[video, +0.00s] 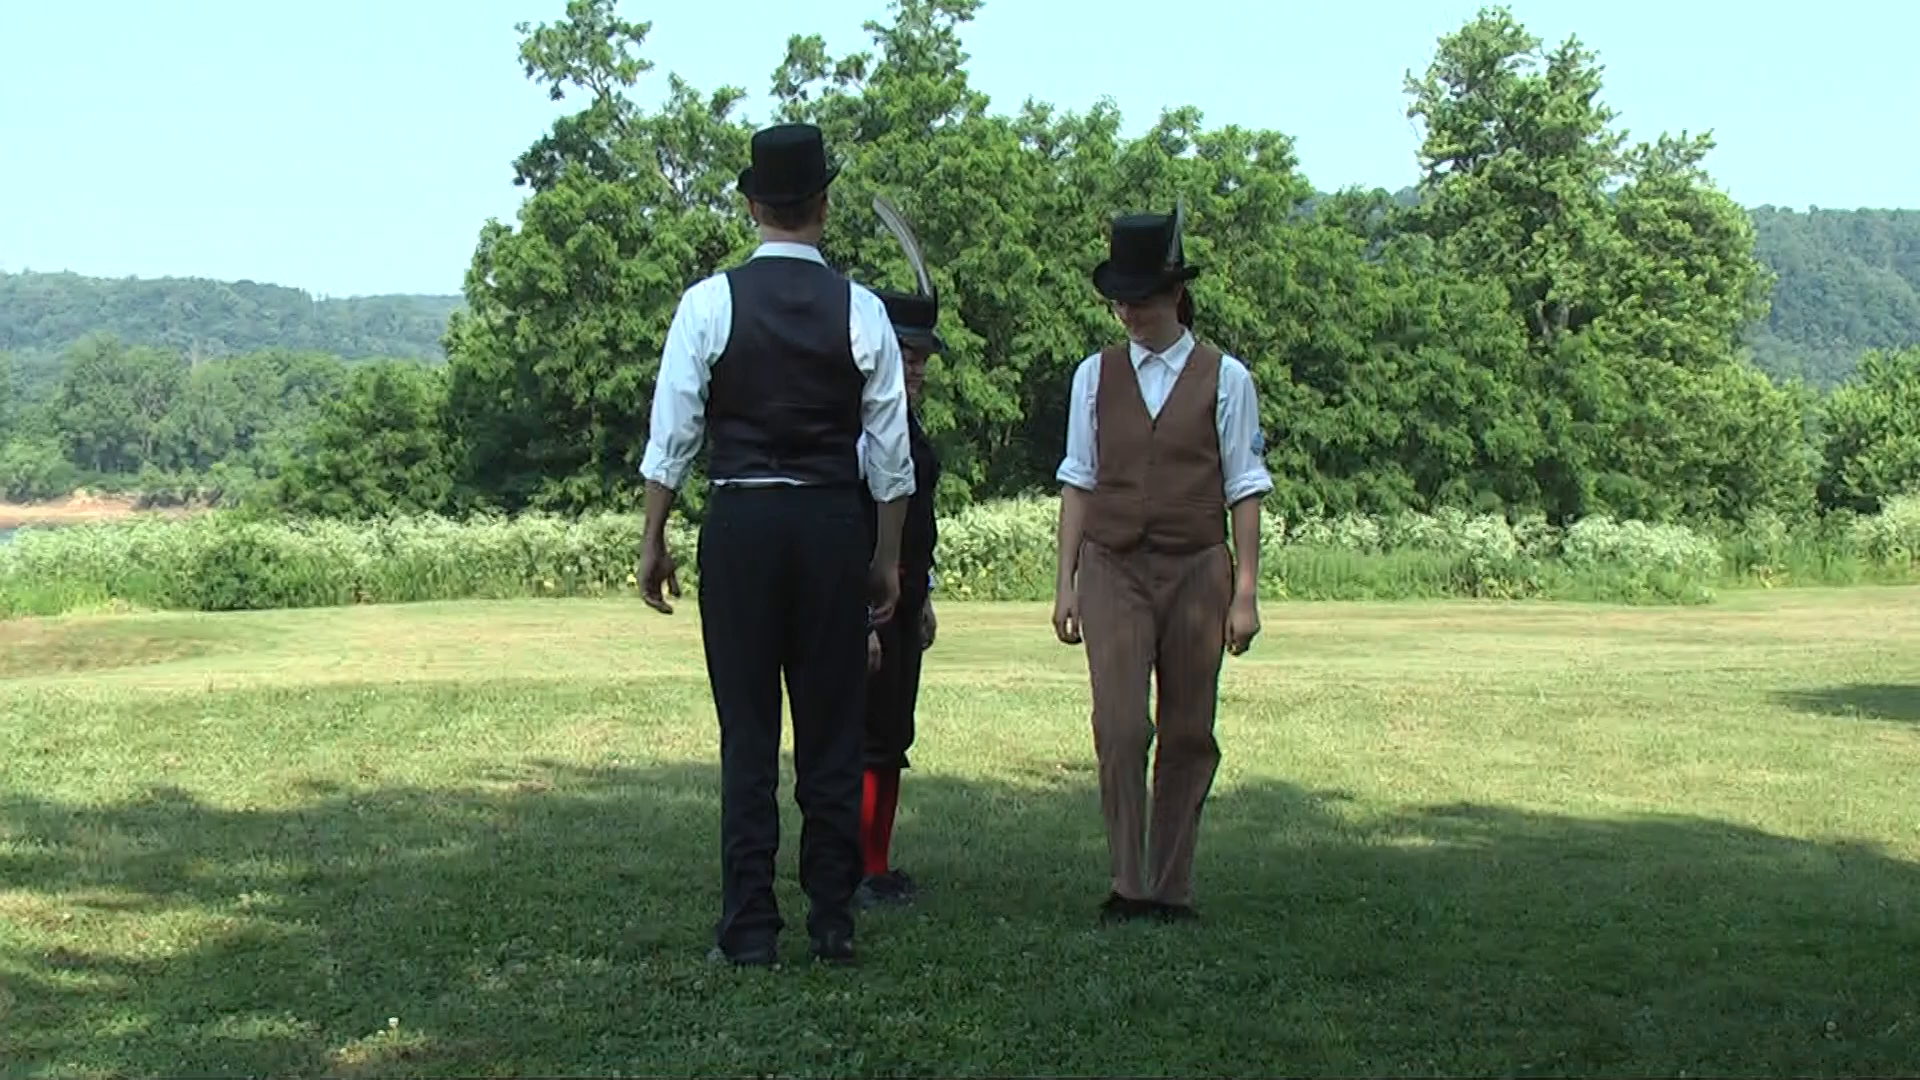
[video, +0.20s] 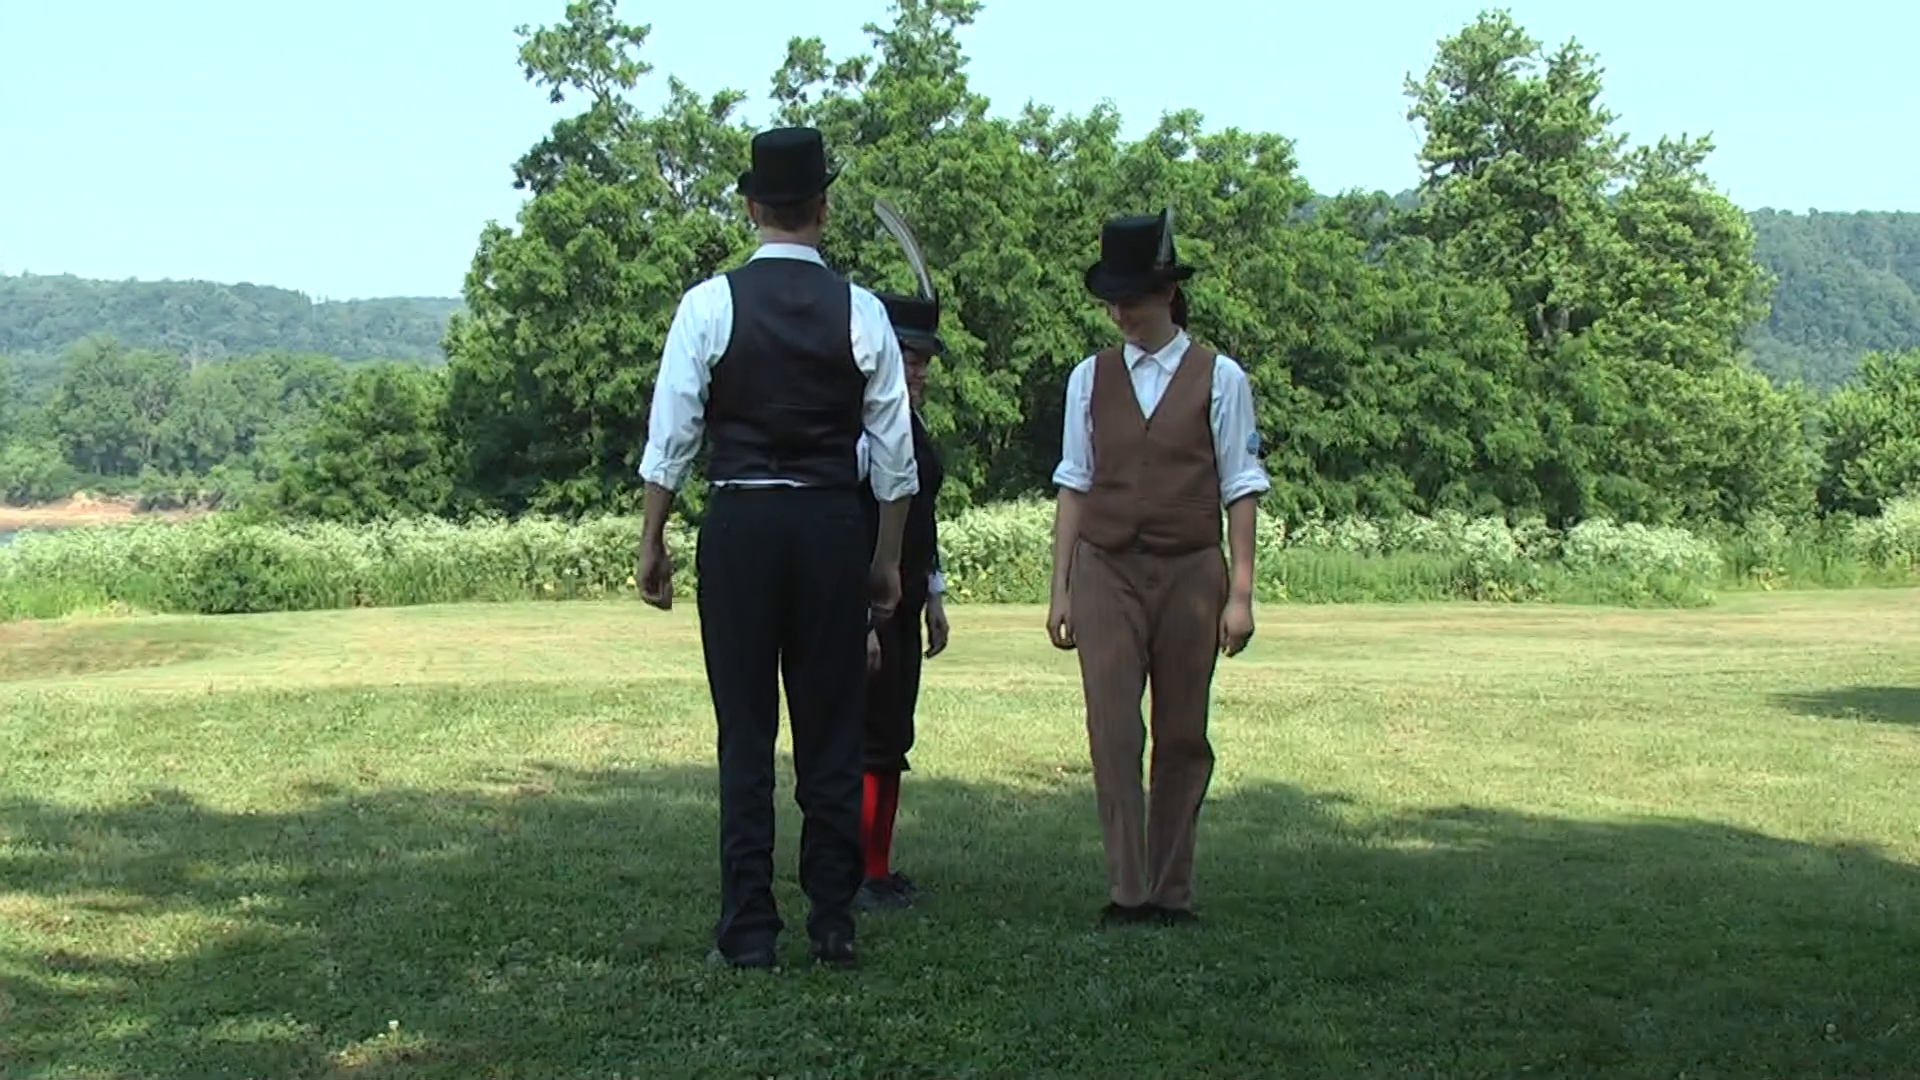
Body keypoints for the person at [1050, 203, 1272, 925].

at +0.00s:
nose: (1129, 314)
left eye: (1142, 301)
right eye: (1121, 302)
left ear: (1177, 294)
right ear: (1112, 302)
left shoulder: (1226, 377)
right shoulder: (1093, 376)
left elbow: (1247, 488)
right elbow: (1076, 484)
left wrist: (1246, 590)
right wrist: (1065, 582)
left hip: (1196, 572)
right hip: (1109, 571)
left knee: (1189, 736)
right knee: (1120, 731)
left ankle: (1172, 889)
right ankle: (1126, 887)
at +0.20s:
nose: (1122, 313)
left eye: (1135, 300)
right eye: (1114, 302)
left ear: (1170, 294)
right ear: (1105, 303)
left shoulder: (1220, 377)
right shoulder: (1088, 379)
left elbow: (1243, 489)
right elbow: (1072, 488)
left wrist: (1241, 592)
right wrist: (1059, 587)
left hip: (1189, 574)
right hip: (1102, 573)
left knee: (1183, 739)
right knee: (1113, 736)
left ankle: (1171, 892)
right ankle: (1127, 891)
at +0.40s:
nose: (1113, 308)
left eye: (1124, 294)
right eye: (1105, 297)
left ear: (1160, 289)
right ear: (1098, 299)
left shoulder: (1213, 373)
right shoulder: (1083, 377)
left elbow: (1236, 487)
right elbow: (1066, 485)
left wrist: (1227, 588)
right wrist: (1051, 585)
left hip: (1180, 570)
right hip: (1093, 568)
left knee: (1174, 735)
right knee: (1109, 735)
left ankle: (1170, 890)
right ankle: (1125, 890)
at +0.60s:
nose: (1103, 306)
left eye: (1114, 293)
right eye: (1095, 295)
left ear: (1151, 288)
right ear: (1090, 298)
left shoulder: (1204, 371)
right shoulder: (1075, 377)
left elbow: (1225, 487)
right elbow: (1058, 486)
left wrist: (1210, 587)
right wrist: (1045, 586)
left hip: (1173, 572)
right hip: (1087, 571)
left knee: (1169, 737)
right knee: (1106, 737)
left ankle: (1169, 892)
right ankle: (1125, 891)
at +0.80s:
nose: (1095, 306)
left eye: (1107, 292)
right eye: (1087, 295)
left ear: (1144, 288)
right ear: (1081, 297)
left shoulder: (1196, 374)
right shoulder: (1066, 379)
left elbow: (1217, 487)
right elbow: (1050, 487)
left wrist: (1197, 588)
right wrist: (1037, 588)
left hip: (1167, 575)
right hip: (1079, 573)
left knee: (1171, 742)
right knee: (1101, 742)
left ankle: (1168, 891)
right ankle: (1124, 891)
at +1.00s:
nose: (1092, 306)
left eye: (1104, 292)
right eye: (1084, 296)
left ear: (1140, 289)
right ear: (1077, 299)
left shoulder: (1193, 374)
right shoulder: (1061, 379)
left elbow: (1213, 488)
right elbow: (1044, 488)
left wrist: (1196, 588)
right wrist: (1034, 588)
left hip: (1164, 577)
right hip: (1076, 576)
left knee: (1169, 746)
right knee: (1100, 744)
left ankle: (1177, 898)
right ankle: (1121, 896)